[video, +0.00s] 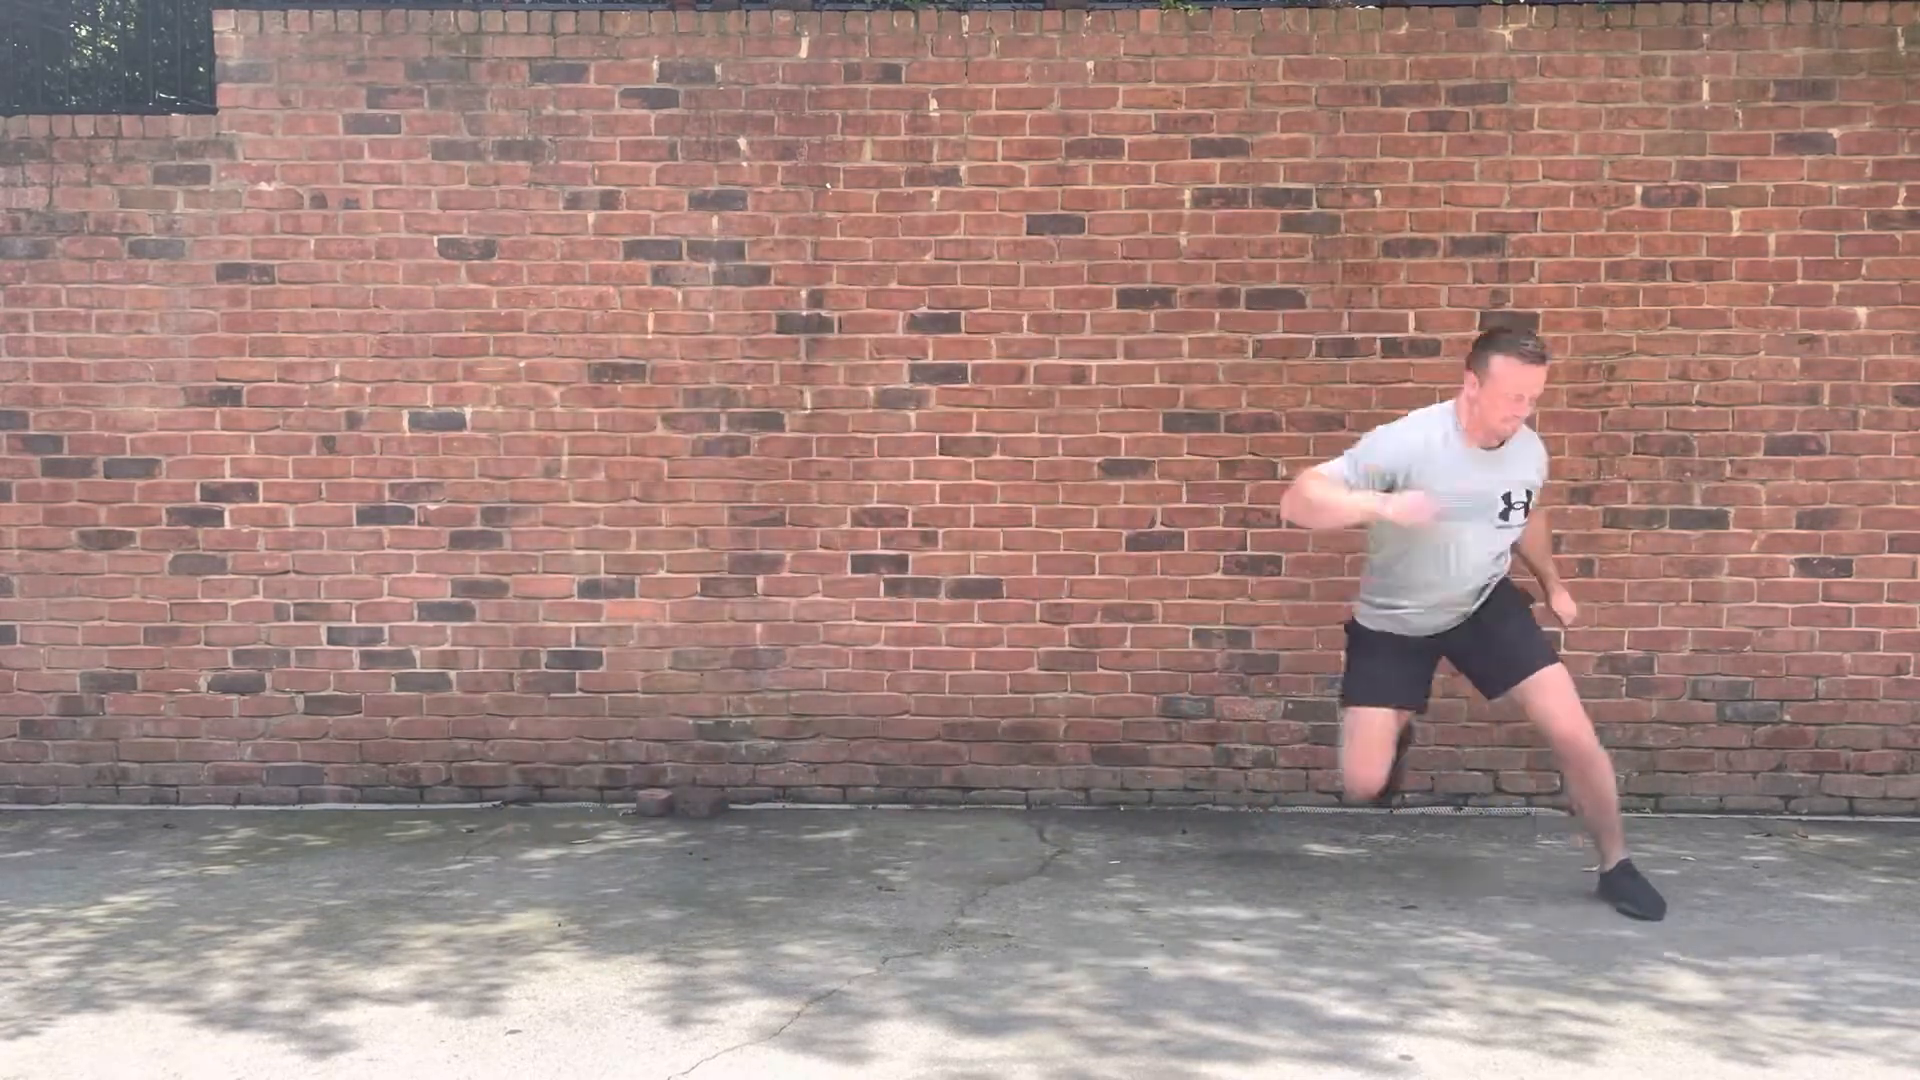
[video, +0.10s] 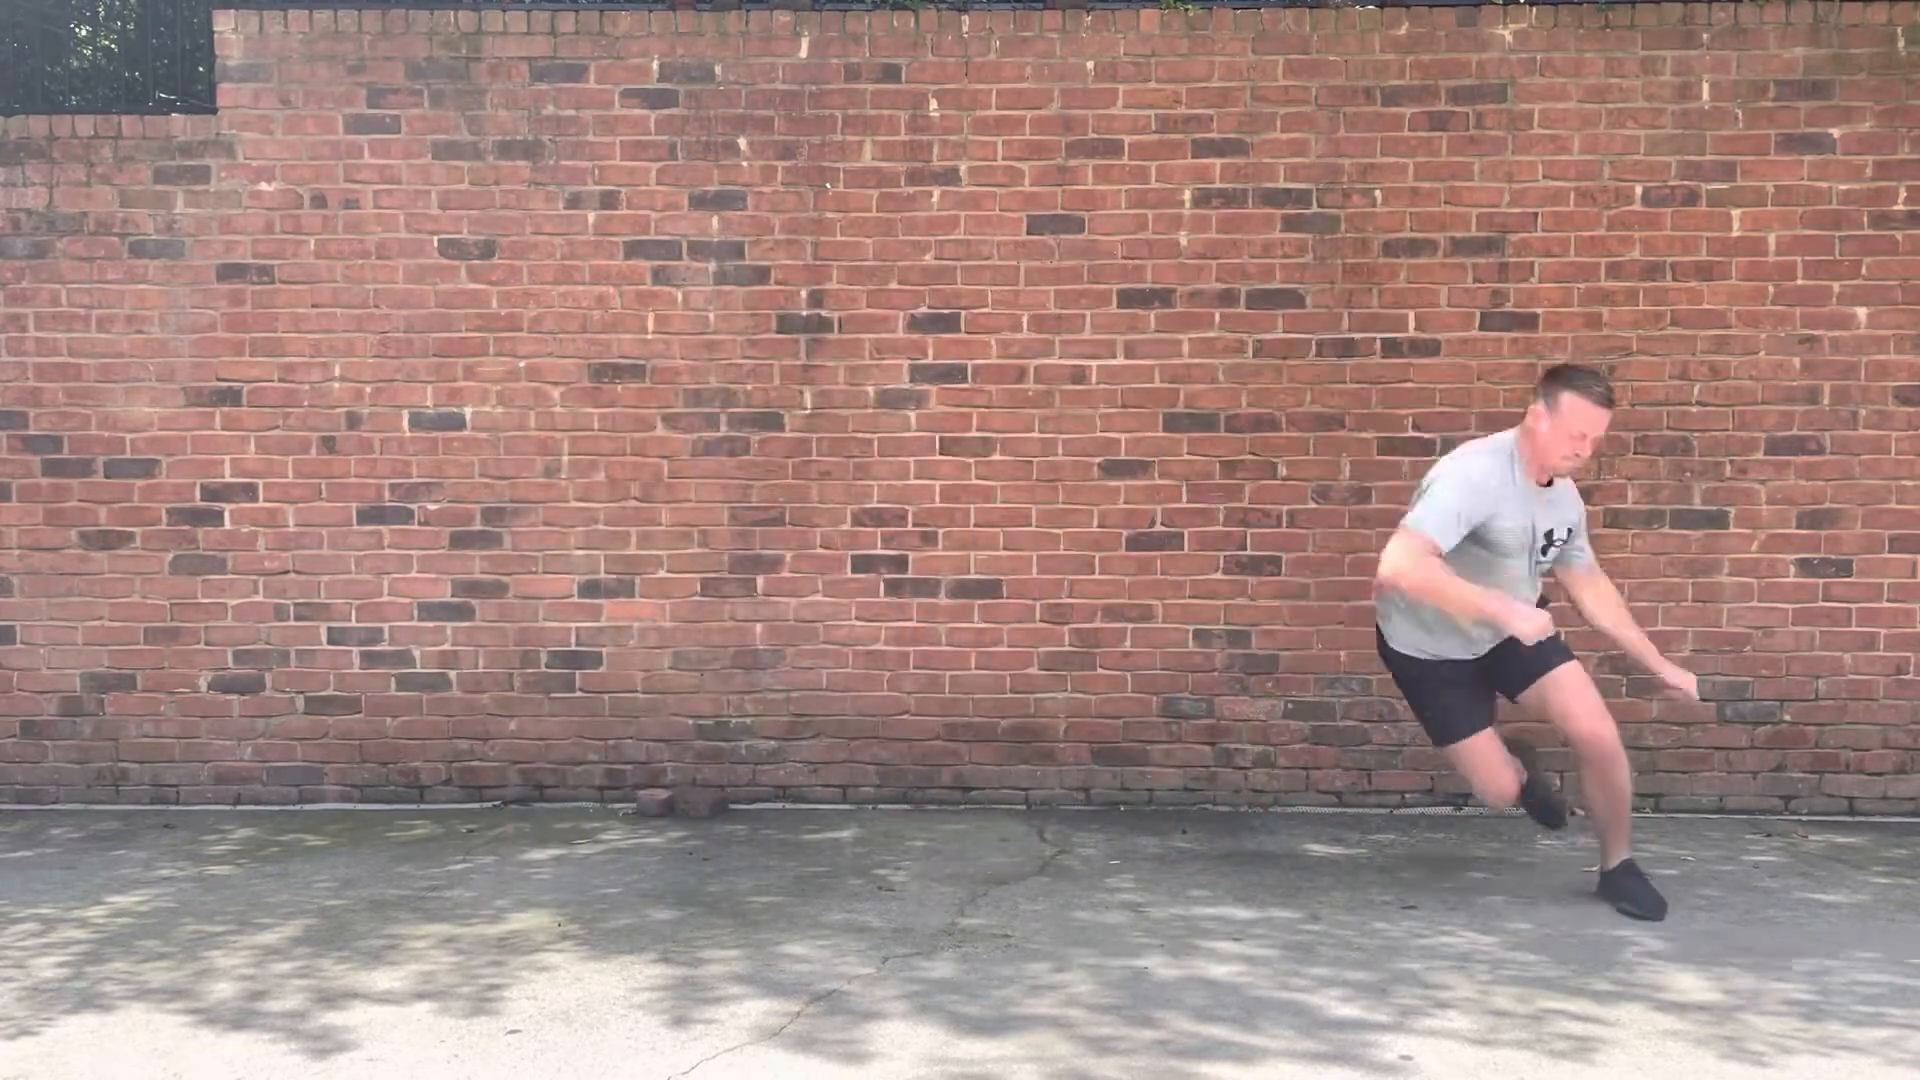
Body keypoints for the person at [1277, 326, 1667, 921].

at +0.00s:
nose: (1524, 413)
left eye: (1532, 399)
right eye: (1514, 397)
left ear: (1537, 393)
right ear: (1472, 383)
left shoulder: (1528, 453)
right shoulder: (1409, 441)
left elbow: (1521, 520)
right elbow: (1297, 501)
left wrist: (1552, 584)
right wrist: (1383, 506)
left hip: (1482, 604)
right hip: (1391, 618)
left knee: (1575, 735)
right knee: (1361, 784)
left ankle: (1615, 863)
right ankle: (1393, 729)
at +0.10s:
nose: (1585, 453)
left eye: (1594, 442)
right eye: (1577, 436)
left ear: (1597, 439)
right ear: (1537, 416)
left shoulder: (1562, 498)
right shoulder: (1468, 474)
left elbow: (1588, 582)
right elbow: (1398, 566)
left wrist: (1659, 664)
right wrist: (1502, 609)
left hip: (1510, 628)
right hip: (1426, 645)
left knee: (1599, 736)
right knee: (1498, 790)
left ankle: (1617, 864)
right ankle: (1521, 778)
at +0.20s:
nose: (1586, 449)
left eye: (1597, 438)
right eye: (1578, 432)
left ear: (1603, 436)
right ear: (1539, 412)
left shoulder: (1582, 498)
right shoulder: (1476, 465)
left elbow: (1652, 572)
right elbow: (1403, 545)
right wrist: (1509, 588)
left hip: (1515, 625)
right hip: (1431, 637)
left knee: (1603, 735)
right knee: (1525, 782)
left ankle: (1618, 864)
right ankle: (1551, 789)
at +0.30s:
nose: (1527, 404)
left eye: (1541, 393)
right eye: (1517, 388)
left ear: (1558, 392)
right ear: (1493, 376)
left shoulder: (1577, 453)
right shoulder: (1438, 426)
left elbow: (1684, 491)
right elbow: (1326, 451)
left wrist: (1728, 459)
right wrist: (1405, 451)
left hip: (1506, 607)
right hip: (1412, 613)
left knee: (1588, 727)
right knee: (1425, 771)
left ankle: (1618, 864)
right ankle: (1463, 769)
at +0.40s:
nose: (1452, 340)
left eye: (1468, 329)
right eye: (1443, 324)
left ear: (1490, 327)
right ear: (1423, 312)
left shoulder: (1521, 385)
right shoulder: (1372, 361)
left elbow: (1633, 420)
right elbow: (1275, 339)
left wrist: (1609, 370)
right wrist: (1272, 334)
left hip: (1464, 571)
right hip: (1362, 561)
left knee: (1539, 707)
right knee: (1285, 685)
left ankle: (1614, 852)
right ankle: (1357, 712)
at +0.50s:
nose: (1381, 291)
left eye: (1398, 279)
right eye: (1372, 274)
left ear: (1422, 276)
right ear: (1355, 262)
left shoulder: (1449, 340)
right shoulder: (1301, 318)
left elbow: (1533, 402)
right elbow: (1191, 316)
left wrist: (1539, 404)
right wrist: (1105, 335)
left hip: (1393, 526)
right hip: (1296, 514)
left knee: (1453, 674)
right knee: (1223, 642)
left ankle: (1492, 831)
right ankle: (1297, 670)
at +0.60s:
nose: (1322, 285)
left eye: (1339, 272)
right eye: (1311, 267)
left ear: (1360, 267)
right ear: (1292, 253)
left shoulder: (1383, 337)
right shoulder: (1235, 315)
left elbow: (1426, 421)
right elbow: (1137, 347)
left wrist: (1445, 449)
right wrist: (1046, 398)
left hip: (1321, 519)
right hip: (1230, 512)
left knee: (1348, 669)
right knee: (1196, 663)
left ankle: (1307, 814)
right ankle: (1258, 676)